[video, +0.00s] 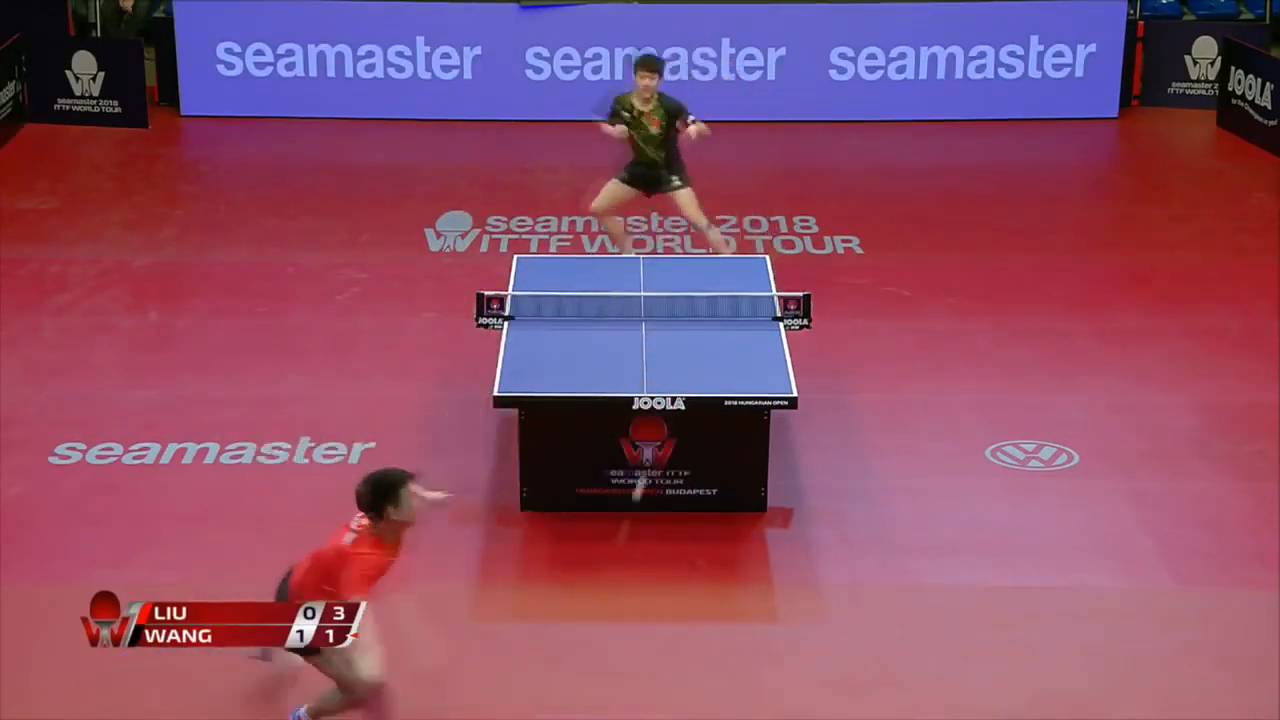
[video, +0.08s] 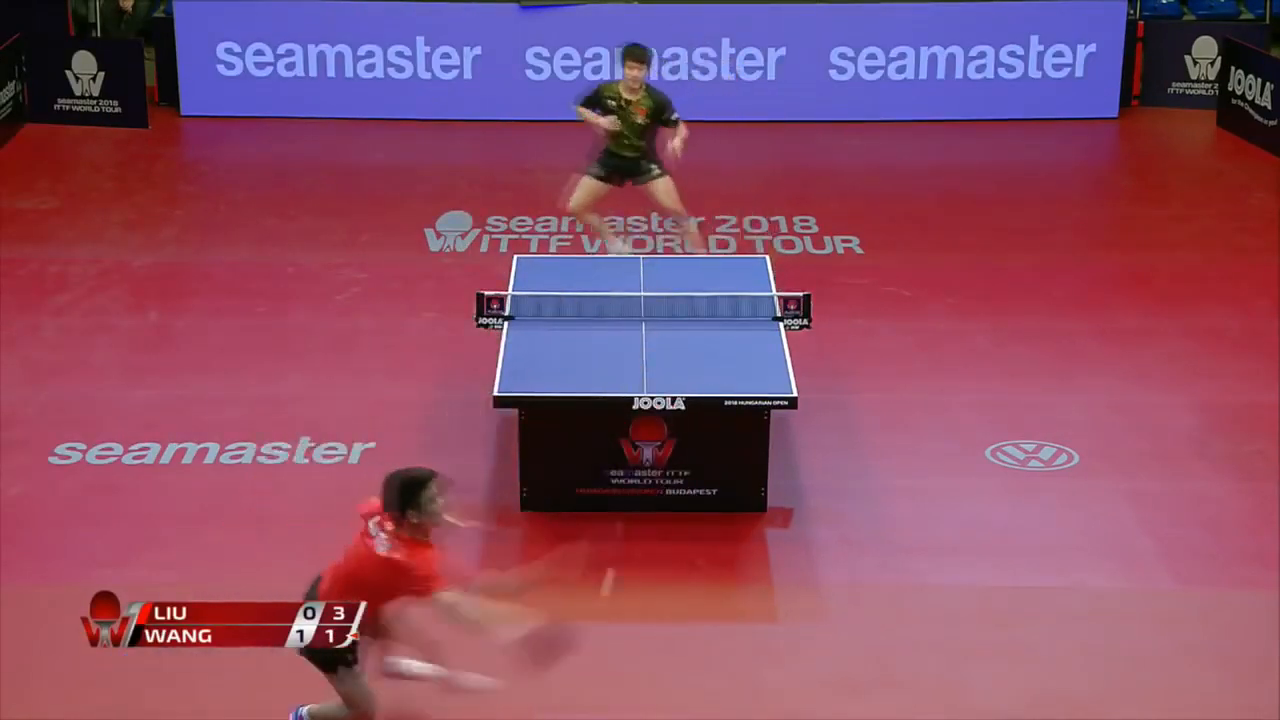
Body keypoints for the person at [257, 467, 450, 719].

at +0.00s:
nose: (417, 500)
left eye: (413, 492)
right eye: (409, 497)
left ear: (391, 511)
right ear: (390, 512)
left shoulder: (381, 516)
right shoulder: (367, 557)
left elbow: (401, 486)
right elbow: (358, 611)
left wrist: (427, 496)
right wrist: (370, 654)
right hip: (299, 609)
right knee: (364, 685)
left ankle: (270, 642)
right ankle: (305, 714)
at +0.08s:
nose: (442, 505)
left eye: (440, 498)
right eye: (434, 501)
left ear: (406, 508)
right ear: (413, 513)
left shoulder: (380, 513)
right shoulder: (417, 559)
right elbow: (463, 607)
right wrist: (525, 616)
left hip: (324, 592)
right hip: (328, 630)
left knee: (414, 624)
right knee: (364, 710)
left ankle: (394, 658)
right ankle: (303, 715)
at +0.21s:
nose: (521, 535)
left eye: (518, 527)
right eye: (515, 529)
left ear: (478, 524)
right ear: (497, 534)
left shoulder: (448, 534)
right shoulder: (491, 569)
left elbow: (422, 532)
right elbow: (549, 546)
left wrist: (407, 529)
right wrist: (539, 494)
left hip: (416, 630)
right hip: (379, 649)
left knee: (489, 660)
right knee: (361, 708)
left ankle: (528, 715)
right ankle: (311, 712)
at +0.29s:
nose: (574, 554)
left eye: (572, 546)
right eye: (570, 548)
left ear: (523, 543)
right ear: (559, 554)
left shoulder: (486, 563)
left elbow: (429, 556)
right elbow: (603, 595)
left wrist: (382, 546)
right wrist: (640, 549)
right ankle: (324, 715)